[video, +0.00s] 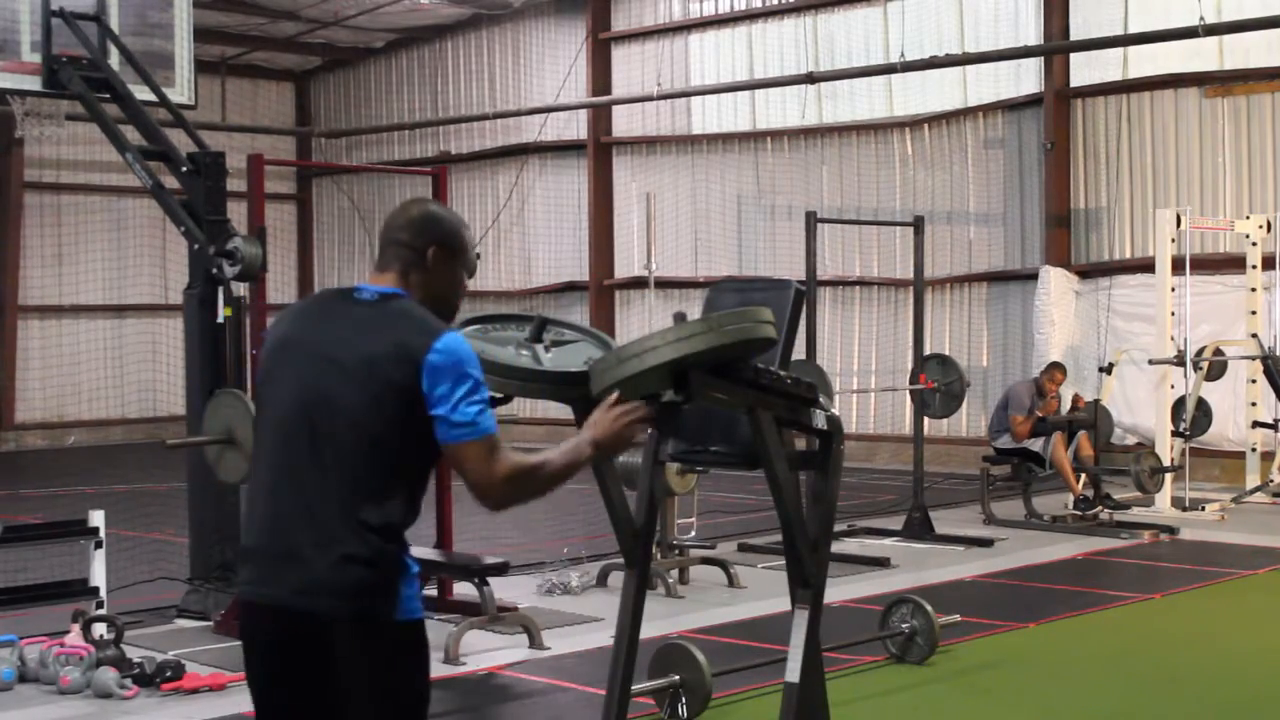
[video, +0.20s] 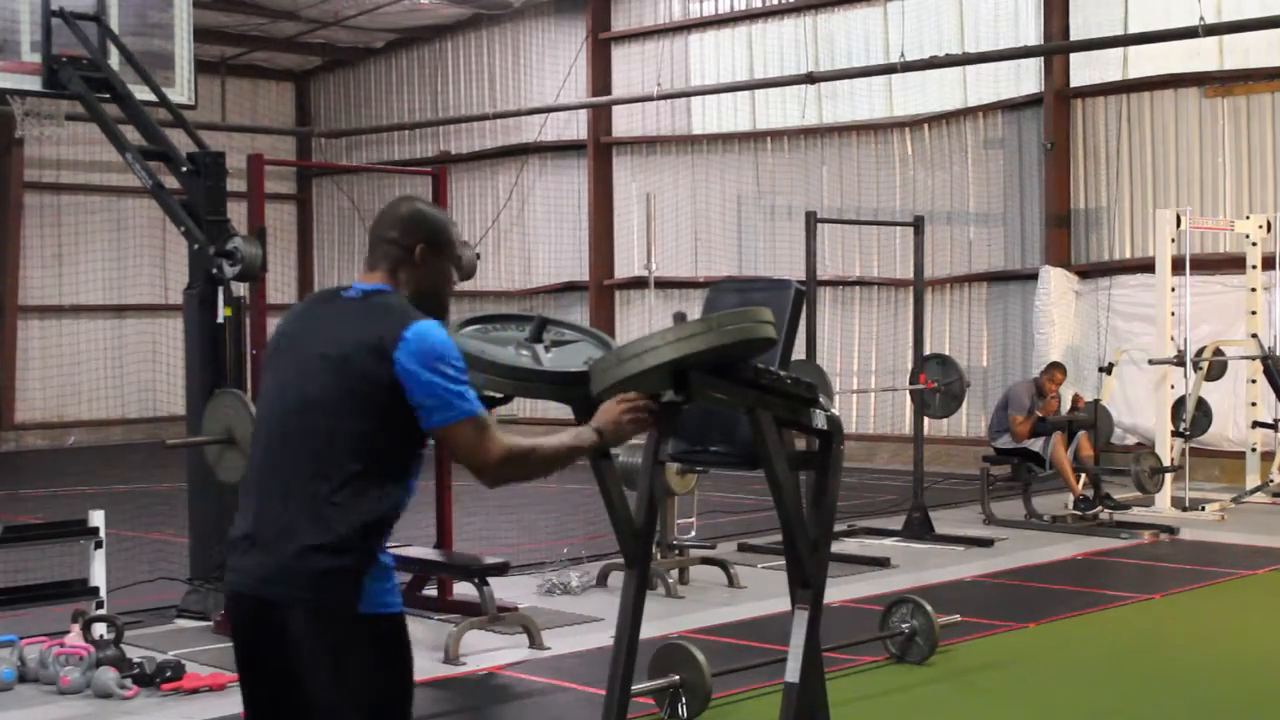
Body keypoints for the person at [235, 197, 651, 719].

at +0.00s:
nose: (466, 290)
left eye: (470, 274)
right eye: (466, 271)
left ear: (381, 256)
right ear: (433, 258)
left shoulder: (289, 325)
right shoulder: (434, 346)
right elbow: (496, 484)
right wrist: (591, 441)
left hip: (268, 603)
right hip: (367, 607)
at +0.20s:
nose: (451, 291)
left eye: (455, 275)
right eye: (450, 272)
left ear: (375, 256)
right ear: (418, 257)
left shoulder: (301, 318)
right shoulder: (413, 336)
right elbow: (493, 461)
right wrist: (596, 434)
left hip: (253, 584)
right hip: (342, 591)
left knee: (278, 712)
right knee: (373, 708)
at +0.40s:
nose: (453, 307)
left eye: (454, 292)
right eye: (450, 290)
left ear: (384, 278)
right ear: (415, 281)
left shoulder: (312, 335)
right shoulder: (396, 336)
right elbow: (496, 439)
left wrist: (514, 421)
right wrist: (601, 433)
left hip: (215, 590)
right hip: (301, 601)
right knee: (360, 714)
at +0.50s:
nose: (444, 330)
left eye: (447, 314)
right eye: (443, 313)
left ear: (377, 291)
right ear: (410, 294)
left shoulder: (310, 339)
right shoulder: (391, 342)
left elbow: (369, 449)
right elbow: (495, 443)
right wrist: (602, 434)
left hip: (199, 586)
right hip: (287, 599)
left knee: (218, 716)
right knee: (334, 712)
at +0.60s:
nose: (436, 335)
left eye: (439, 322)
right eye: (436, 319)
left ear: (367, 302)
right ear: (407, 305)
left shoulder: (301, 348)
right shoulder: (384, 351)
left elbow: (365, 458)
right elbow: (496, 443)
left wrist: (426, 406)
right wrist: (603, 434)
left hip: (179, 589)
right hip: (255, 606)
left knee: (190, 714)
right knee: (294, 711)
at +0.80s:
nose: (405, 368)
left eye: (406, 356)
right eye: (406, 355)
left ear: (338, 329)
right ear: (388, 342)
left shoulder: (275, 376)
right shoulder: (362, 380)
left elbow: (331, 468)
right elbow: (489, 452)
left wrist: (419, 405)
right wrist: (599, 434)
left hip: (137, 610)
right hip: (189, 624)